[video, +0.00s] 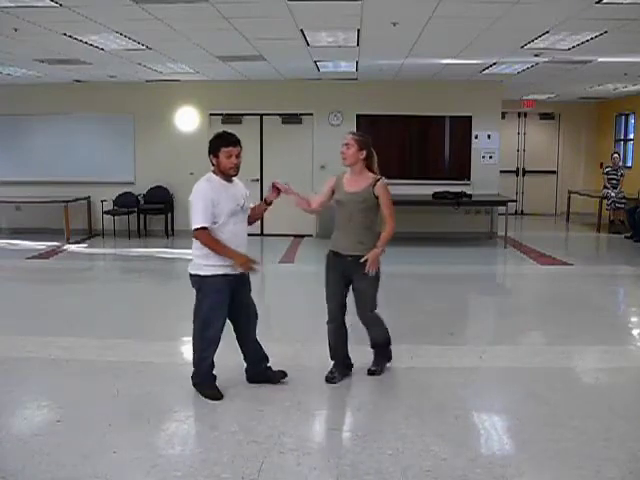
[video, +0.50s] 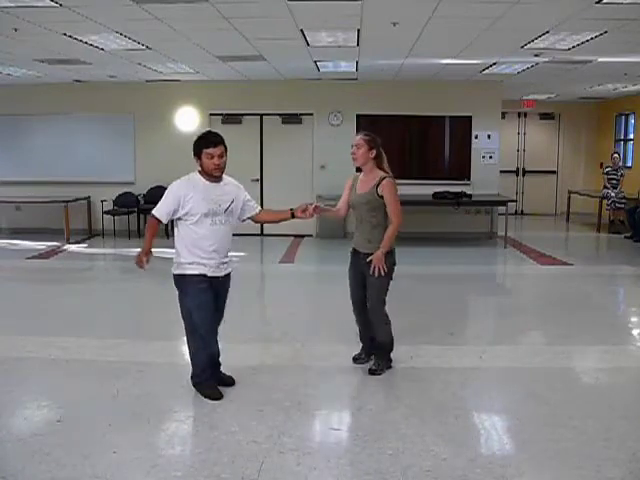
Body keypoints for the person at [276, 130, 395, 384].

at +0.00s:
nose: (342, 151)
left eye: (348, 147)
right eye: (342, 146)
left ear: (362, 152)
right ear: (349, 152)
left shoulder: (377, 184)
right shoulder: (338, 181)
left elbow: (390, 224)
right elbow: (312, 206)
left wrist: (378, 250)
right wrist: (289, 192)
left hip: (364, 259)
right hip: (336, 257)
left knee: (365, 313)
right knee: (334, 315)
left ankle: (382, 350)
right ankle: (341, 364)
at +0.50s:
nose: (353, 152)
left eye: (358, 148)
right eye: (352, 147)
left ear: (372, 152)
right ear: (355, 153)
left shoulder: (385, 183)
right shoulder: (353, 181)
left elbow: (396, 221)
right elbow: (340, 212)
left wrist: (382, 251)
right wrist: (320, 210)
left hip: (380, 255)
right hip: (358, 253)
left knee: (375, 307)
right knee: (359, 305)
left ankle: (384, 356)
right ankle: (368, 347)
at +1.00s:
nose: (347, 150)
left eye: (352, 146)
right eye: (346, 146)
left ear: (366, 151)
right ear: (345, 151)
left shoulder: (382, 182)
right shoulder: (340, 184)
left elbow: (398, 215)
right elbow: (314, 212)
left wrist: (390, 235)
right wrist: (281, 203)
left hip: (376, 259)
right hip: (347, 259)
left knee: (375, 310)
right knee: (337, 308)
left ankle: (374, 355)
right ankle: (347, 352)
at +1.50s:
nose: (325, 150)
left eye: (330, 145)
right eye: (323, 146)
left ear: (343, 150)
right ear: (321, 151)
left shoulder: (347, 183)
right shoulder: (325, 181)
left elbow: (337, 221)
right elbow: (321, 216)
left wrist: (307, 205)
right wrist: (303, 200)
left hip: (337, 259)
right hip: (320, 257)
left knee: (323, 316)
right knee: (319, 315)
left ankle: (344, 370)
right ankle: (338, 367)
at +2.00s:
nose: (327, 153)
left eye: (332, 148)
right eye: (324, 148)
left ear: (344, 153)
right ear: (322, 154)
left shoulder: (353, 185)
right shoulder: (326, 183)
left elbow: (349, 224)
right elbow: (321, 215)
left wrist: (321, 219)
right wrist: (305, 196)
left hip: (343, 264)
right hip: (320, 260)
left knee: (331, 320)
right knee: (317, 318)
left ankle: (328, 377)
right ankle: (334, 365)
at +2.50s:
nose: (359, 158)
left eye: (363, 153)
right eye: (359, 153)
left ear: (379, 156)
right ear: (374, 158)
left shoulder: (390, 186)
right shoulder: (372, 186)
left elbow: (368, 213)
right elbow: (356, 211)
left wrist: (333, 218)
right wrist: (328, 214)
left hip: (389, 263)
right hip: (370, 260)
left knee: (376, 318)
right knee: (350, 312)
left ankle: (386, 366)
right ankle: (341, 361)